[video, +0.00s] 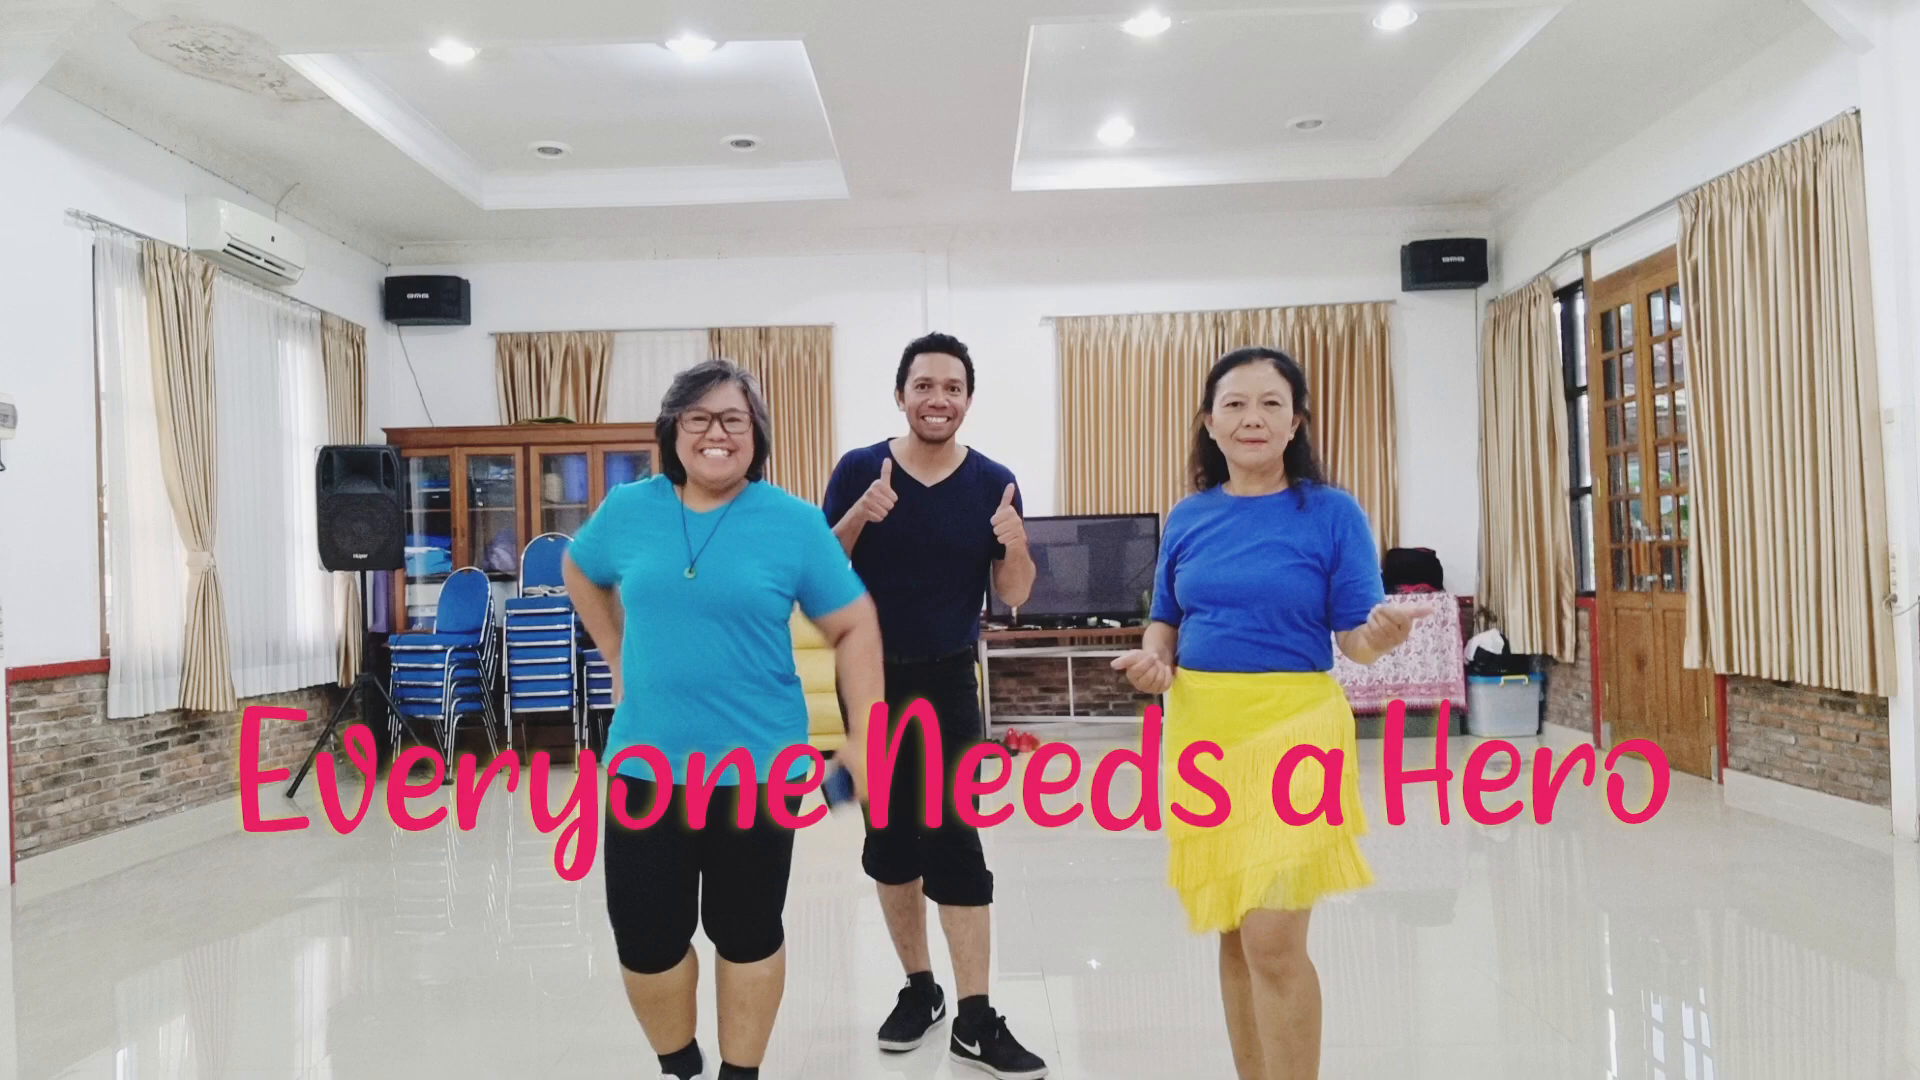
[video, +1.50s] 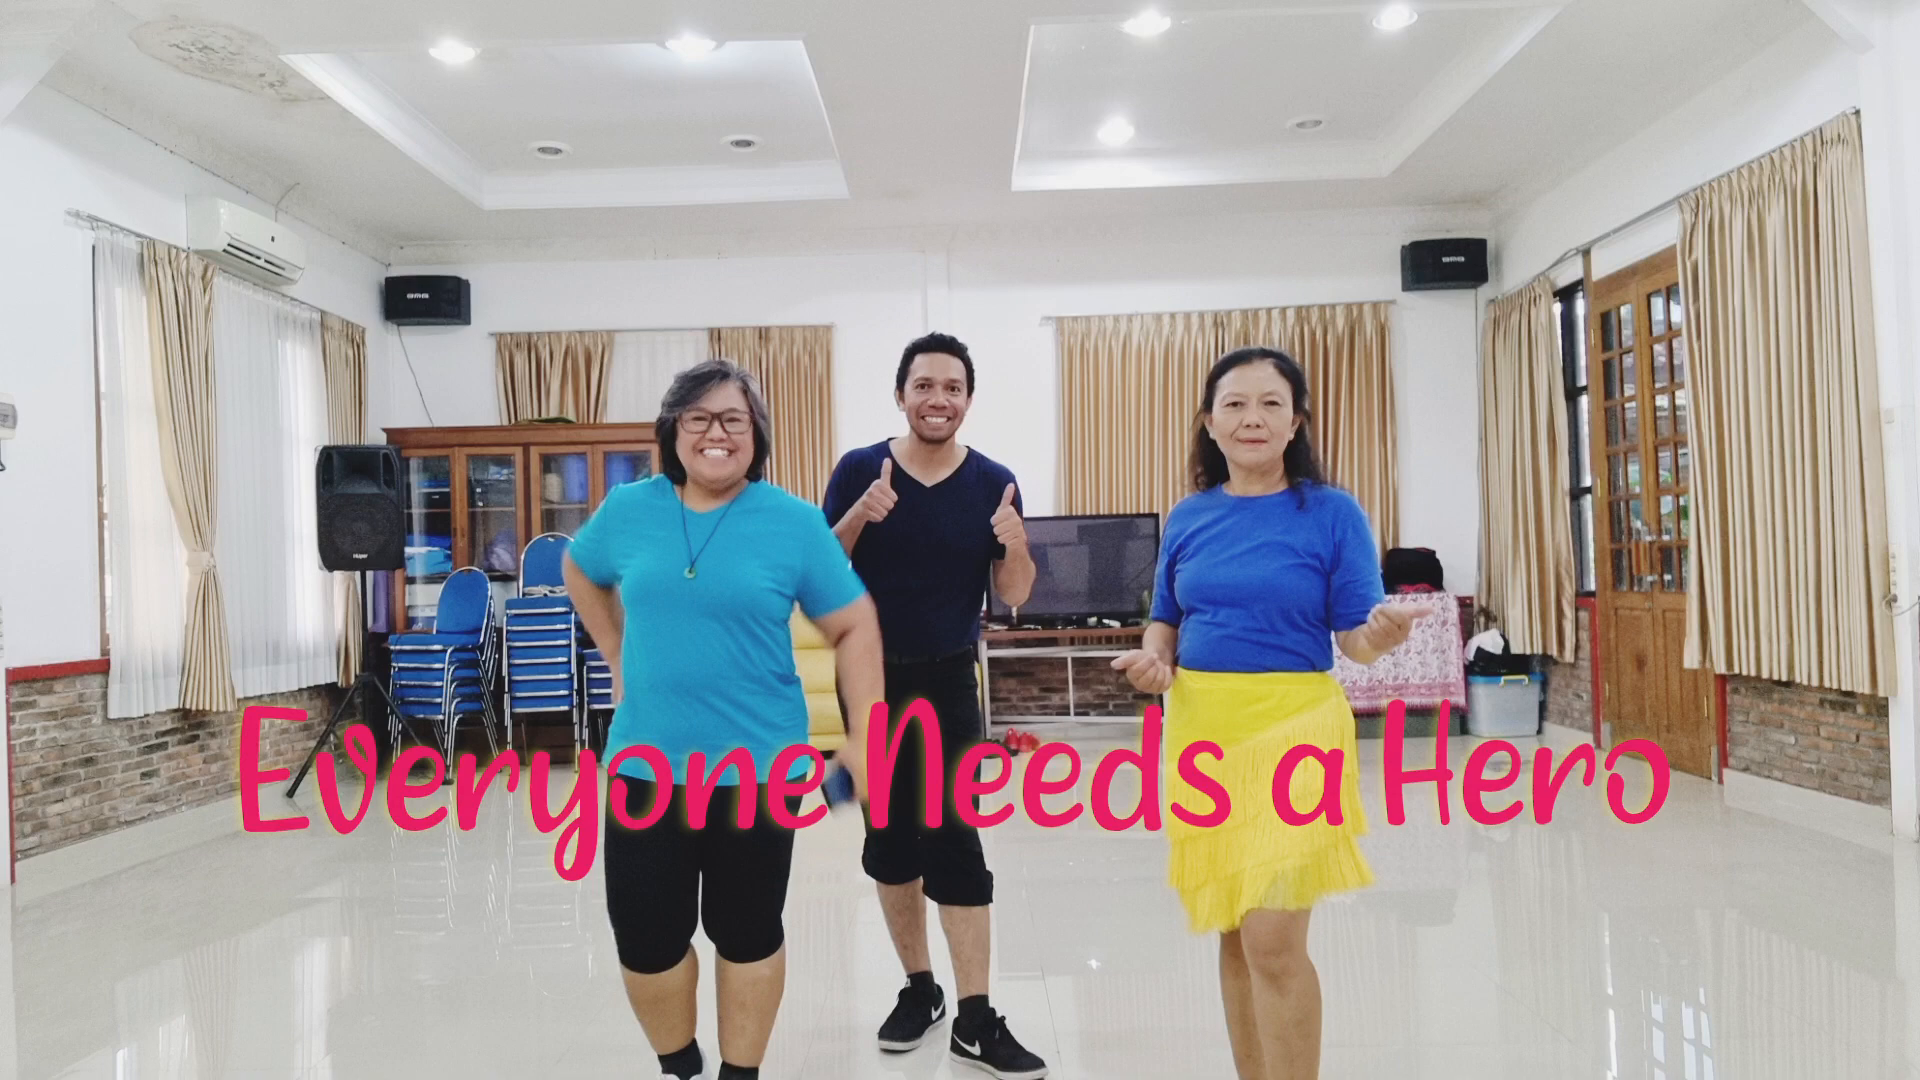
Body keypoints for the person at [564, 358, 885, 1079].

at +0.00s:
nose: (720, 432)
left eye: (736, 420)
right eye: (702, 420)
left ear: (756, 436)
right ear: (672, 434)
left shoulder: (795, 523)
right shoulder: (627, 509)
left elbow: (856, 626)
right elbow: (580, 570)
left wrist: (865, 738)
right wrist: (625, 663)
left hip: (758, 768)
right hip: (645, 764)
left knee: (746, 932)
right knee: (646, 938)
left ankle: (739, 1076)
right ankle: (680, 1069)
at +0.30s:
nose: (720, 432)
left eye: (736, 420)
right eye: (702, 420)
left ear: (756, 436)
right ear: (672, 434)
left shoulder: (795, 523)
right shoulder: (627, 509)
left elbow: (856, 626)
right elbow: (580, 570)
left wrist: (865, 738)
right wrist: (625, 663)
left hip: (758, 768)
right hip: (645, 764)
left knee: (746, 932)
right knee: (646, 938)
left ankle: (739, 1076)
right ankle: (680, 1069)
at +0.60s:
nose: (720, 432)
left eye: (736, 420)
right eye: (702, 420)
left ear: (756, 436)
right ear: (672, 434)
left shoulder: (795, 523)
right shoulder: (627, 509)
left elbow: (856, 626)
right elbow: (580, 570)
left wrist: (865, 738)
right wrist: (625, 663)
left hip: (758, 768)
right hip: (645, 764)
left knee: (746, 932)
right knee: (646, 938)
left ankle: (739, 1076)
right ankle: (680, 1069)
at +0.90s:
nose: (720, 432)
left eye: (736, 420)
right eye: (702, 420)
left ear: (756, 436)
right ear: (672, 434)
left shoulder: (795, 523)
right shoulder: (627, 509)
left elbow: (856, 626)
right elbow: (580, 570)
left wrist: (865, 738)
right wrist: (625, 663)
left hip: (758, 768)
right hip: (645, 764)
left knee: (746, 932)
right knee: (646, 938)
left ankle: (739, 1076)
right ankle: (680, 1069)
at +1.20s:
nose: (720, 432)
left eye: (736, 420)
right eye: (702, 420)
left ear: (756, 436)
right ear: (672, 434)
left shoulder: (795, 523)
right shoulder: (627, 509)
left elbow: (856, 626)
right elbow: (580, 570)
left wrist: (865, 738)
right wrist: (625, 663)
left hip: (758, 768)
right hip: (645, 764)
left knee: (746, 932)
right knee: (646, 938)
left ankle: (739, 1076)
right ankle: (680, 1069)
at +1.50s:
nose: (720, 432)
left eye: (736, 420)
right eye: (702, 420)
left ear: (756, 436)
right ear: (672, 434)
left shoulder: (795, 523)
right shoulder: (627, 509)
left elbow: (856, 626)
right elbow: (580, 570)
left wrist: (865, 738)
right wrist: (625, 663)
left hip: (758, 768)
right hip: (645, 764)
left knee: (746, 932)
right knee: (646, 938)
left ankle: (739, 1076)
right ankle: (680, 1069)